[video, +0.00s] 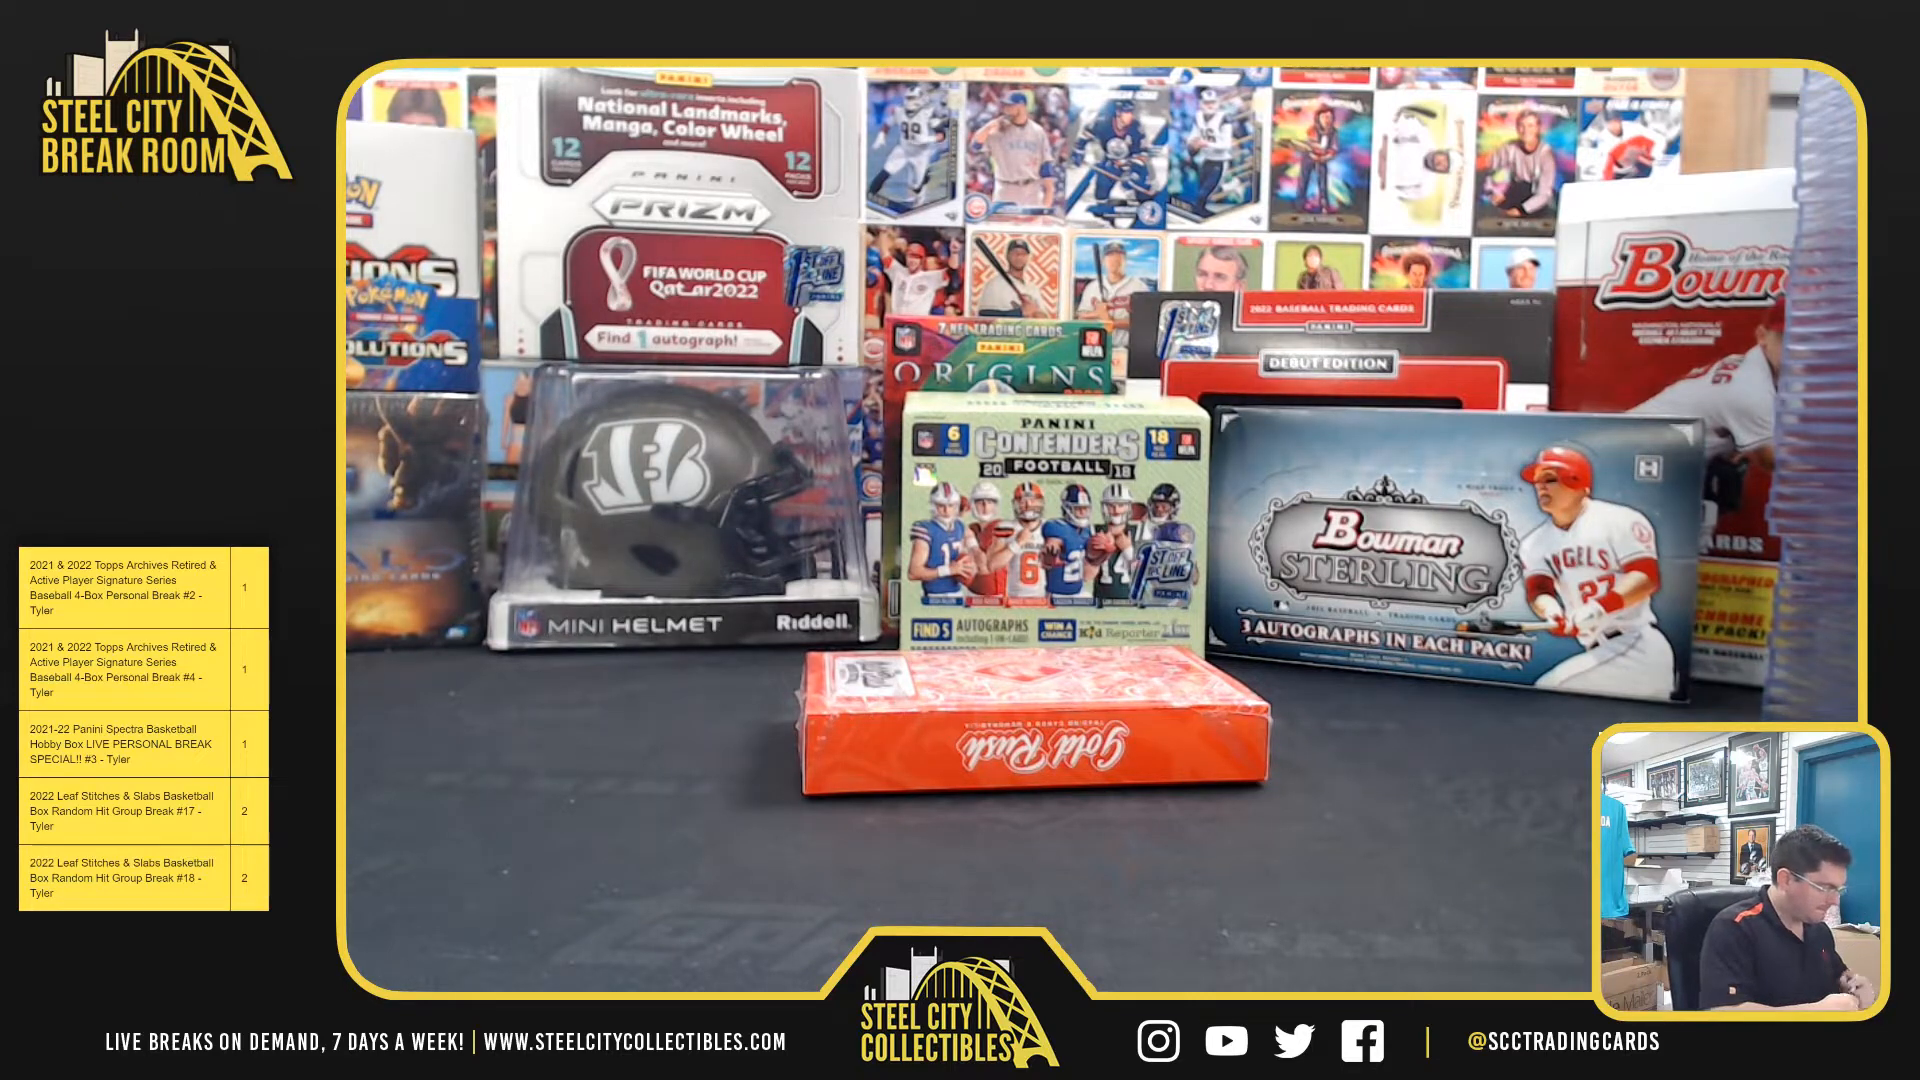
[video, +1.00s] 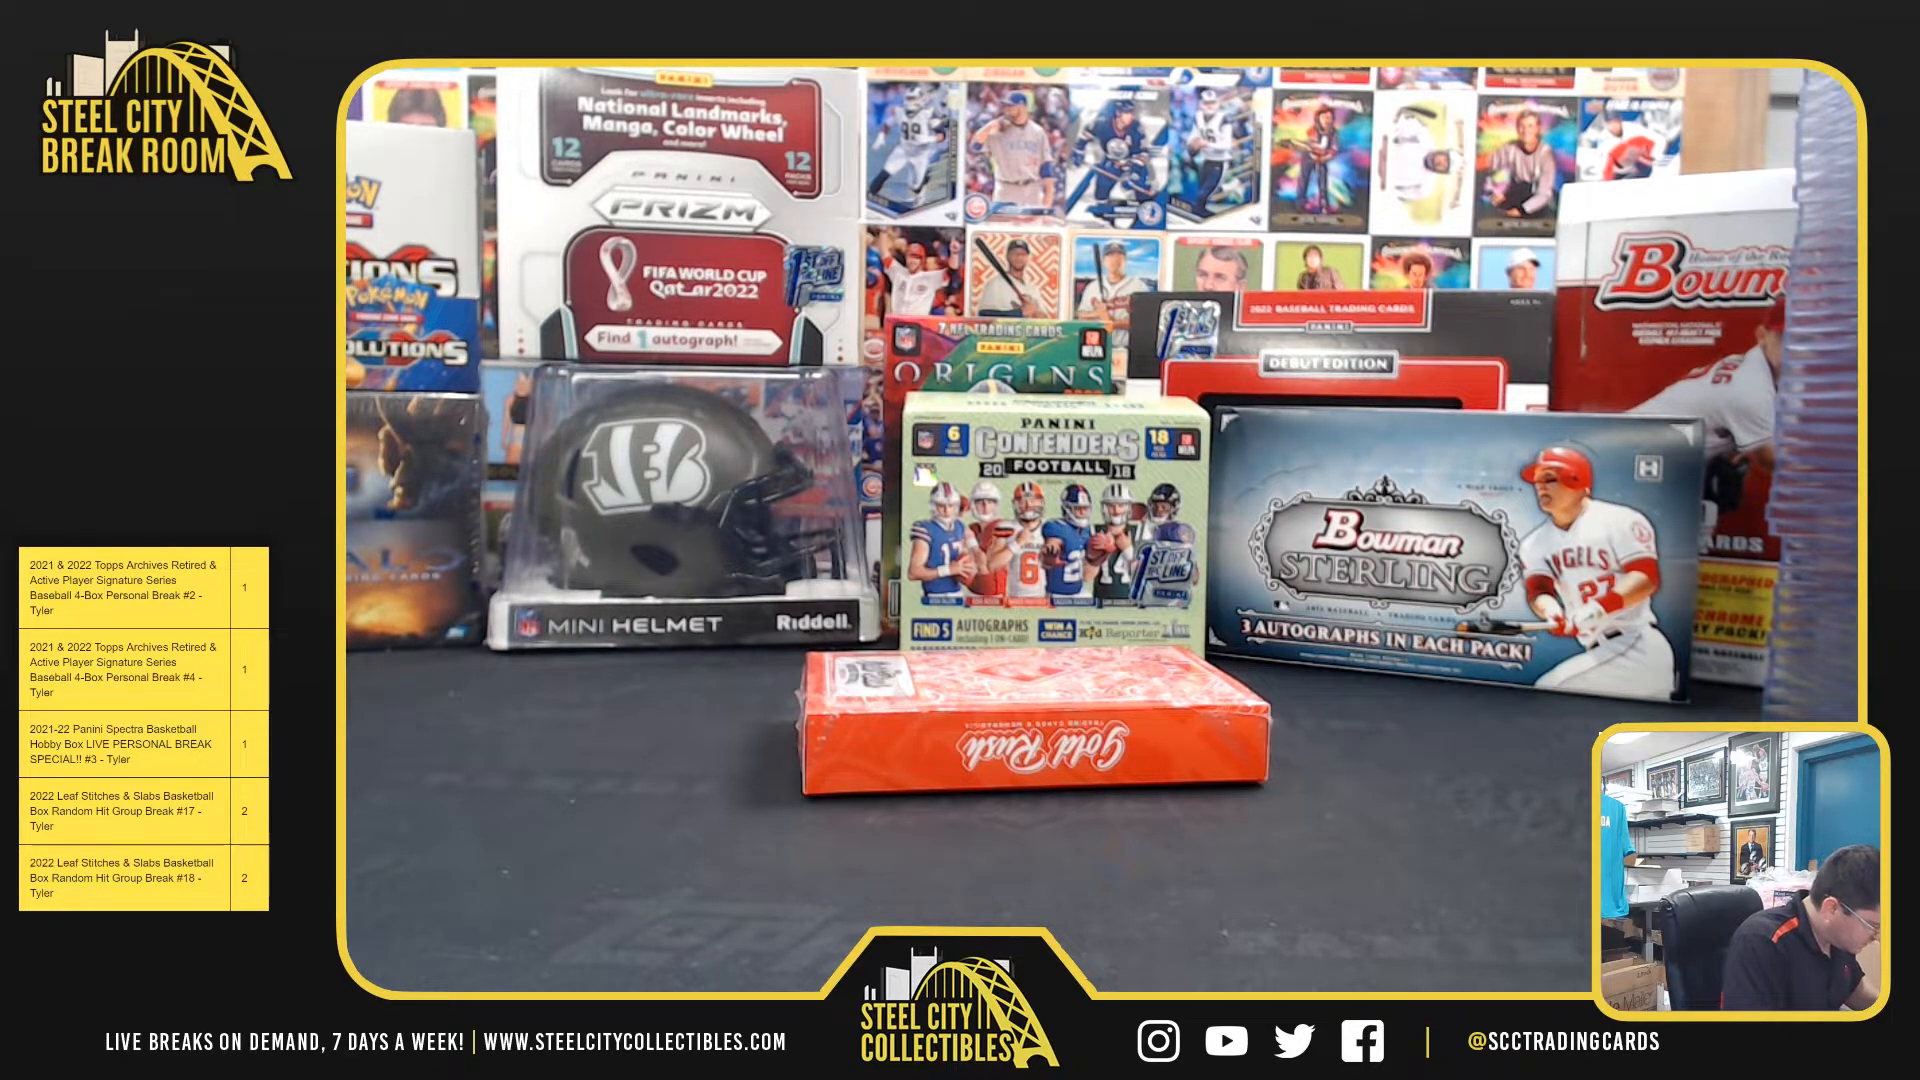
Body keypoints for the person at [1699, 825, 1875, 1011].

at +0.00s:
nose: (1834, 901)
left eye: (1838, 890)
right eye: (1825, 888)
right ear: (1785, 879)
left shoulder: (1817, 927)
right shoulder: (1731, 927)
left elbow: (1838, 974)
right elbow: (1724, 1010)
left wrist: (1858, 987)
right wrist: (1819, 1010)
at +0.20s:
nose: (1845, 909)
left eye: (1848, 898)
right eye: (1835, 897)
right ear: (1794, 884)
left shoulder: (1815, 924)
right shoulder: (1738, 931)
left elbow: (1833, 979)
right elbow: (1723, 1017)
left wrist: (1866, 993)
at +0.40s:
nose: (1857, 916)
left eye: (1862, 905)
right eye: (1848, 904)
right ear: (1806, 890)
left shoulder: (1823, 924)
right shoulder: (1745, 934)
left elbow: (1841, 985)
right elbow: (1725, 1021)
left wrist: (1884, 1002)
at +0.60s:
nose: (1867, 926)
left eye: (1873, 915)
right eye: (1860, 914)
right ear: (1817, 897)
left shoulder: (1829, 928)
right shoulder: (1751, 938)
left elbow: (1848, 989)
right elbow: (1737, 1019)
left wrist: (1887, 1006)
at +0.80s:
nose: (1876, 935)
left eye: (1878, 924)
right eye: (1870, 923)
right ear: (1826, 905)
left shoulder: (1831, 931)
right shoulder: (1756, 941)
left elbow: (1853, 988)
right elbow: (1745, 1022)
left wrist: (1889, 1009)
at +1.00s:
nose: (1876, 938)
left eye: (1879, 928)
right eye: (1872, 926)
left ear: (1830, 909)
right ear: (1831, 909)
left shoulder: (1834, 934)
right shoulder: (1759, 942)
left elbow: (1855, 989)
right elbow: (1743, 1020)